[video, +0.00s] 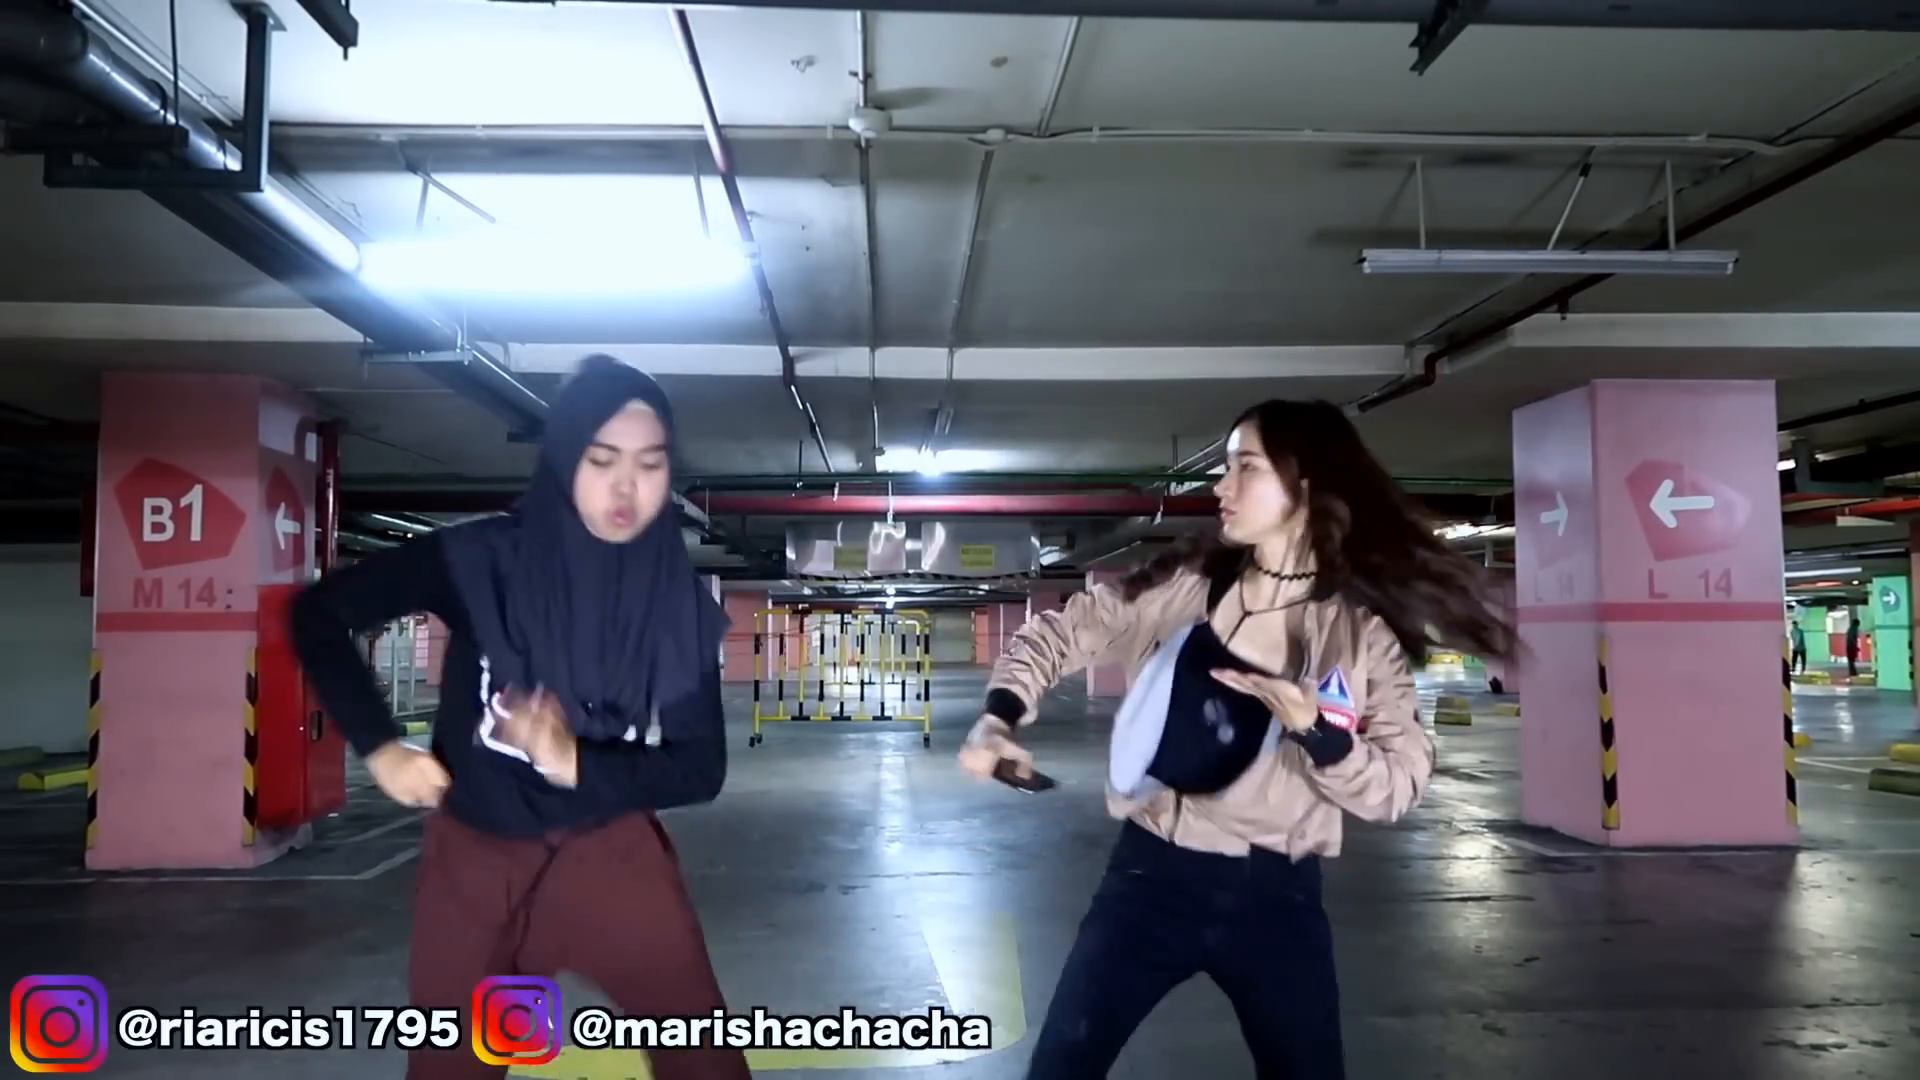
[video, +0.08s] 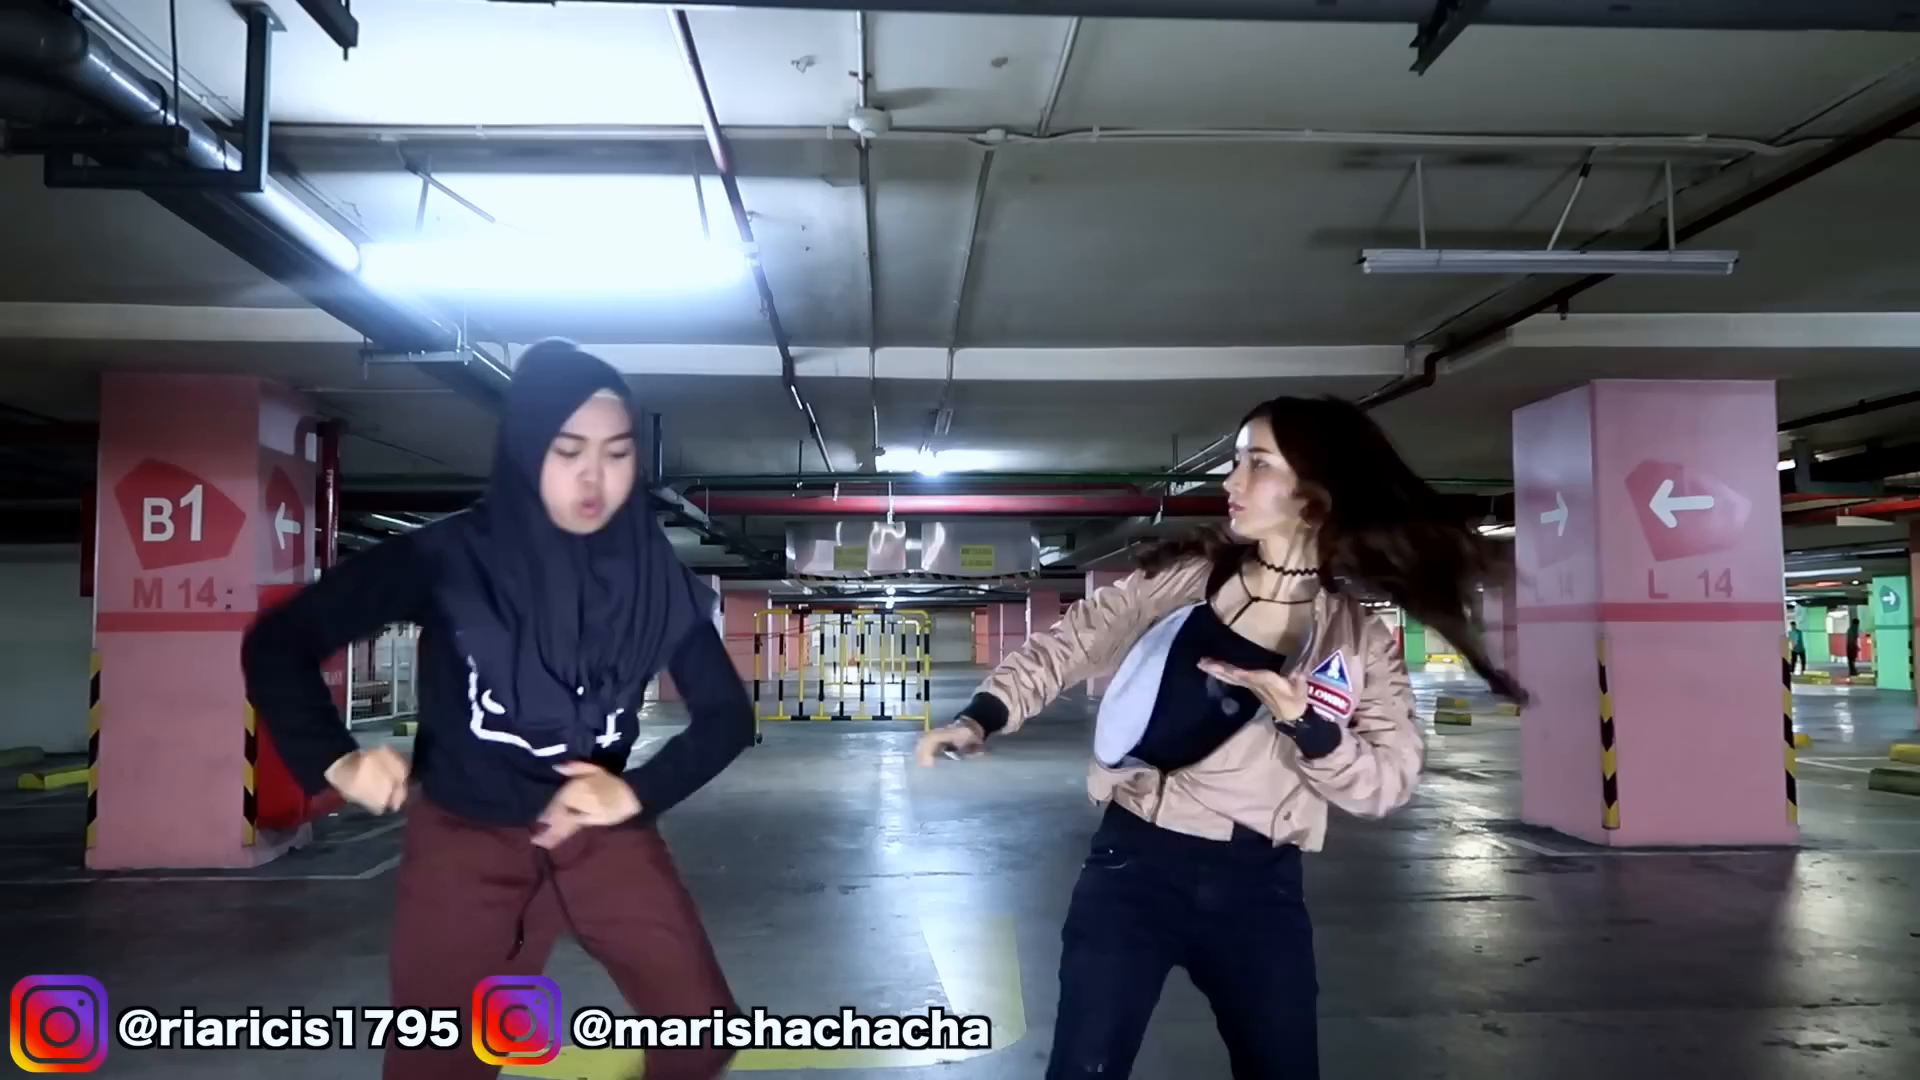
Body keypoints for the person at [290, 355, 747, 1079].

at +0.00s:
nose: (627, 489)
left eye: (651, 464)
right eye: (603, 461)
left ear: (670, 470)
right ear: (561, 461)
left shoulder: (678, 599)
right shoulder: (478, 557)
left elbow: (701, 769)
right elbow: (318, 612)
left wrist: (578, 766)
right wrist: (380, 743)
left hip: (614, 860)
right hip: (471, 861)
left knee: (707, 1063)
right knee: (444, 1067)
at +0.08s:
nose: (595, 478)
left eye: (617, 451)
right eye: (569, 451)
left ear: (638, 456)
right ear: (525, 451)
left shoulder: (652, 572)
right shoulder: (448, 554)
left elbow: (727, 719)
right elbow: (275, 643)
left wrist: (636, 790)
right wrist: (336, 760)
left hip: (607, 836)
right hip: (463, 840)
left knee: (701, 1029)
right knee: (430, 1060)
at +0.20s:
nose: (555, 523)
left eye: (577, 497)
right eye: (529, 496)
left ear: (596, 500)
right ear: (481, 495)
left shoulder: (618, 586)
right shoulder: (425, 601)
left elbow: (738, 628)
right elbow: (370, 815)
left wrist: (694, 743)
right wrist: (393, 711)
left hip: (570, 864)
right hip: (431, 885)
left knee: (707, 952)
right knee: (410, 1068)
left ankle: (588, 979)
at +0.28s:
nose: (554, 510)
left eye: (573, 483)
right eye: (526, 484)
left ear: (590, 480)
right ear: (477, 484)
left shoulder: (607, 552)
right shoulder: (433, 574)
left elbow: (720, 565)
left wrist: (680, 686)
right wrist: (452, 663)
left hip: (570, 840)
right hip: (444, 862)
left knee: (708, 933)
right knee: (422, 1068)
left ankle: (635, 1056)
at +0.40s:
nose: (565, 479)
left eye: (583, 451)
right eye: (537, 454)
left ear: (597, 446)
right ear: (485, 456)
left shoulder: (615, 504)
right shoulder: (460, 553)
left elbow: (700, 493)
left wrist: (661, 611)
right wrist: (517, 603)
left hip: (605, 817)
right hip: (473, 829)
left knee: (724, 1029)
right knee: (427, 1060)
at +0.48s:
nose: (578, 505)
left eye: (595, 479)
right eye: (550, 480)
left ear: (610, 477)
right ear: (496, 480)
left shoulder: (637, 546)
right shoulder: (476, 583)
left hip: (616, 855)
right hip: (487, 855)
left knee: (705, 1060)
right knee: (443, 1064)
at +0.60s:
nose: (630, 544)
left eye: (644, 517)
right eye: (602, 519)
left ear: (657, 516)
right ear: (546, 521)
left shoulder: (656, 566)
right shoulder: (522, 644)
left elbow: (759, 539)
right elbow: (551, 798)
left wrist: (764, 653)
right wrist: (607, 912)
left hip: (670, 897)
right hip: (554, 898)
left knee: (714, 1067)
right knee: (497, 1066)